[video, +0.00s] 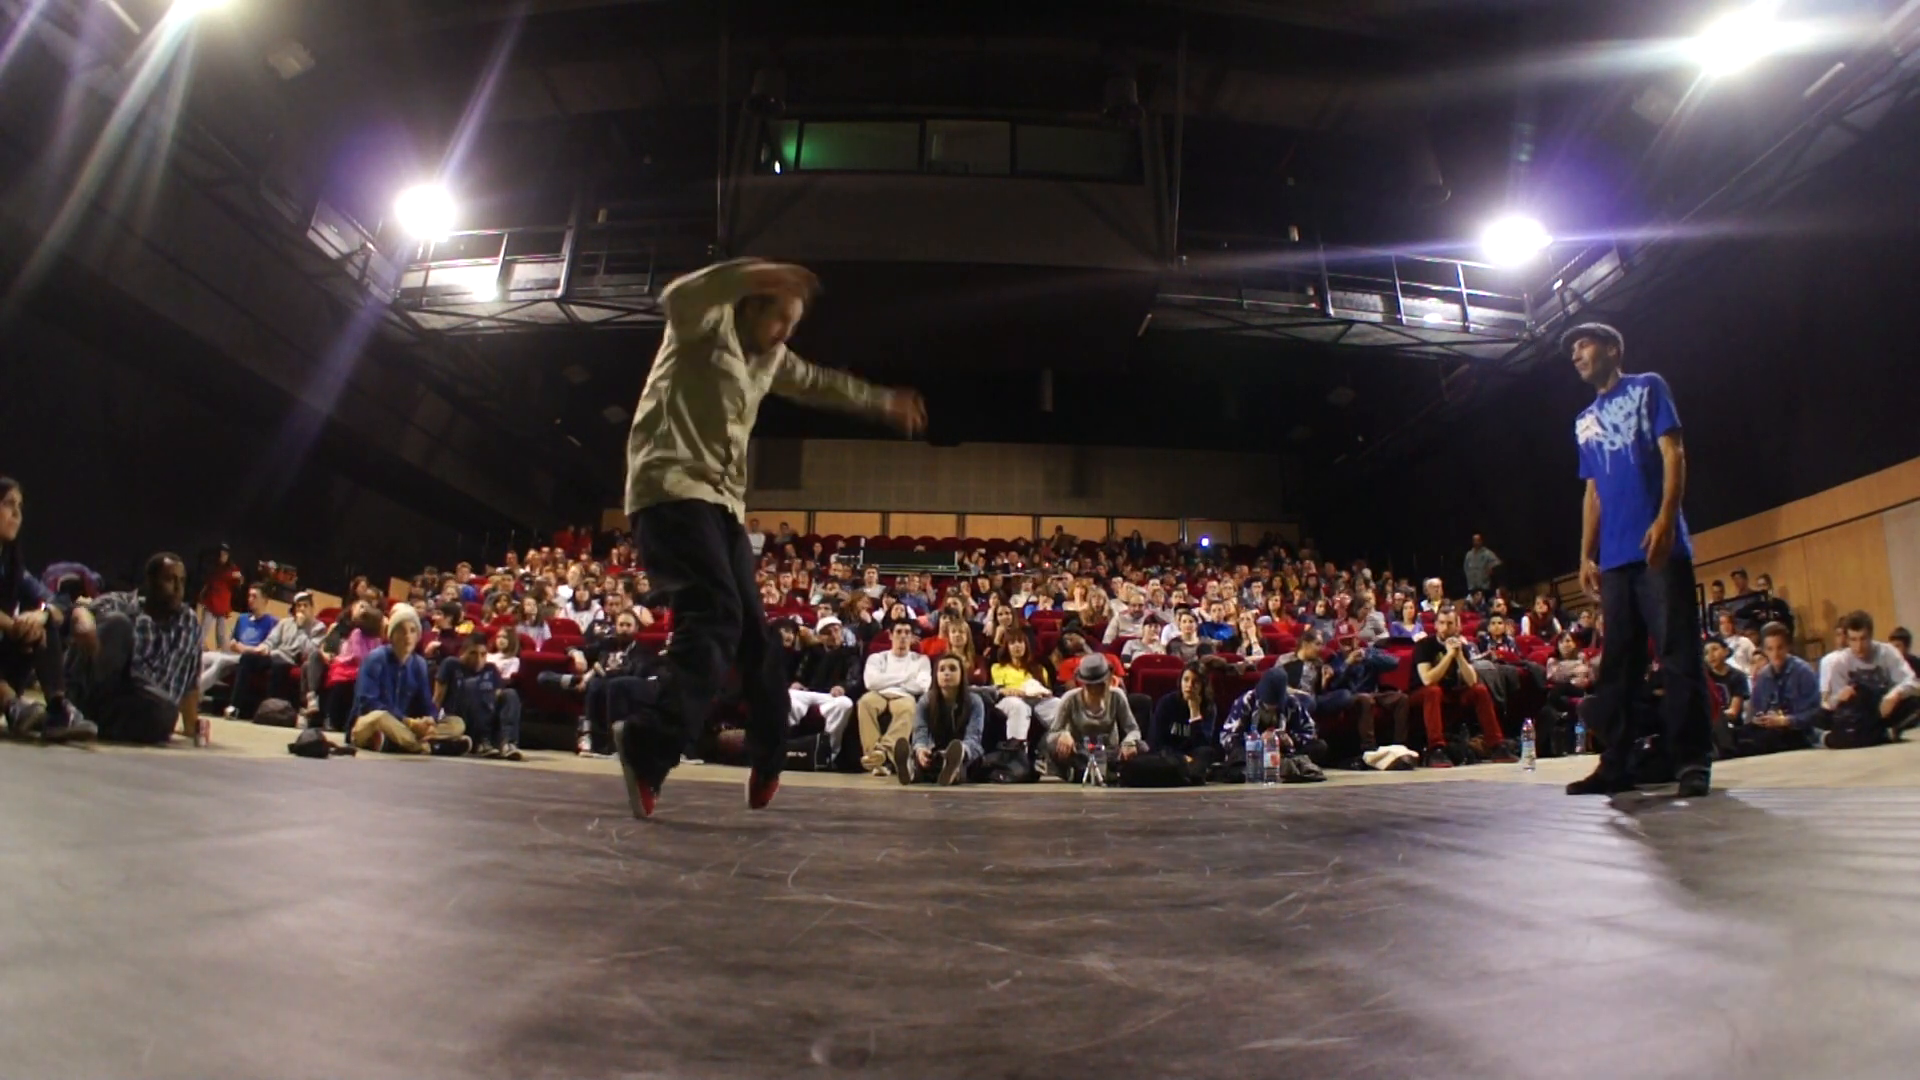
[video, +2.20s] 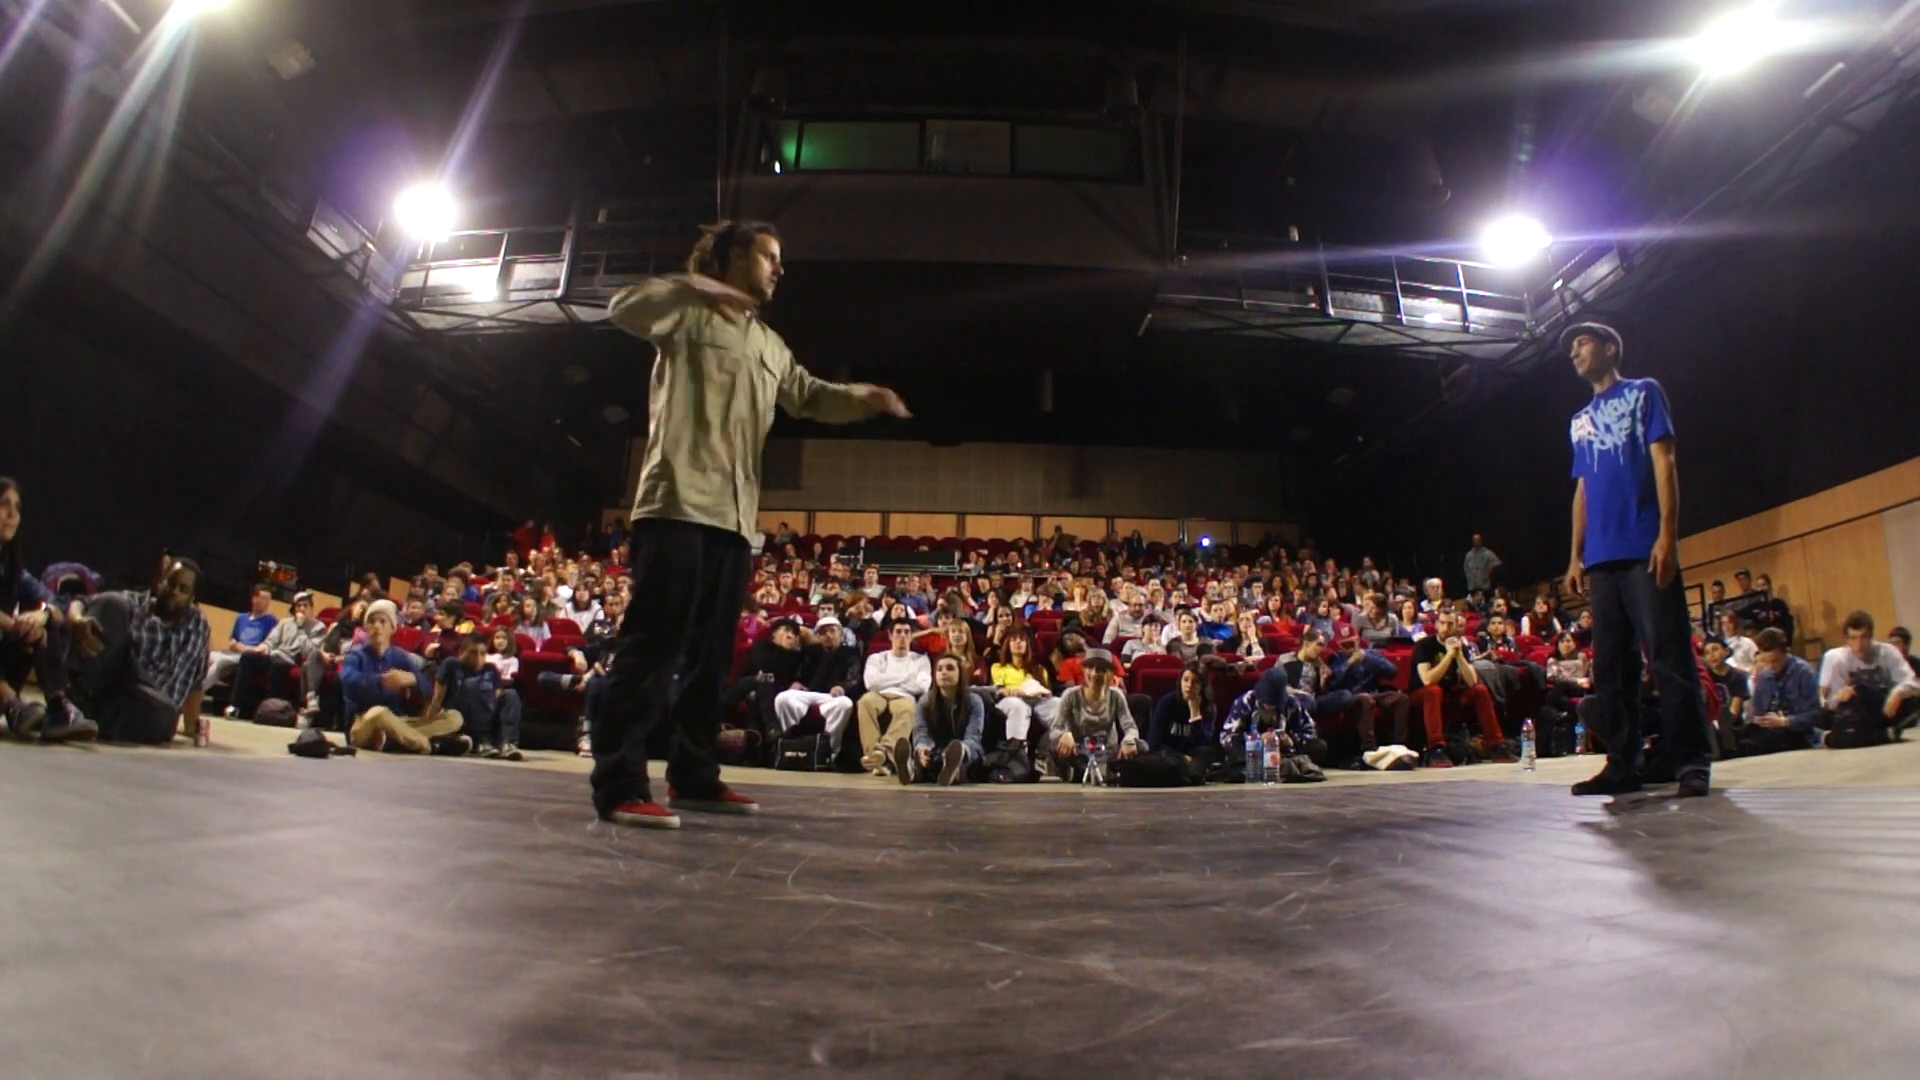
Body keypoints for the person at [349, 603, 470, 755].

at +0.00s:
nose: (408, 637)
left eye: (412, 631)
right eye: (401, 632)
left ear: (418, 635)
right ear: (391, 635)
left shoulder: (419, 664)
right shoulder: (375, 659)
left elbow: (427, 704)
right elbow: (367, 704)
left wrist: (430, 720)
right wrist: (407, 722)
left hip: (411, 725)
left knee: (457, 724)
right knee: (381, 717)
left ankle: (394, 744)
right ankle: (425, 748)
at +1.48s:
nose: (400, 637)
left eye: (407, 632)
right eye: (396, 630)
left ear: (417, 638)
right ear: (390, 634)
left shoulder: (420, 665)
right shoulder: (373, 660)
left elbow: (420, 707)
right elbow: (364, 704)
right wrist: (406, 700)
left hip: (410, 724)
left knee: (456, 724)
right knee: (379, 718)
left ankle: (393, 744)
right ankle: (428, 747)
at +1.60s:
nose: (398, 637)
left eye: (405, 633)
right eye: (394, 631)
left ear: (415, 639)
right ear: (388, 633)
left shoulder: (419, 664)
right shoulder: (372, 660)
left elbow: (426, 706)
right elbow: (367, 705)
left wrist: (428, 720)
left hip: (404, 724)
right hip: (366, 725)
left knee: (457, 724)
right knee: (380, 717)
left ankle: (393, 744)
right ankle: (428, 747)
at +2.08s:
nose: (381, 629)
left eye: (387, 624)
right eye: (376, 624)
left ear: (398, 630)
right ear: (371, 630)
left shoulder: (408, 661)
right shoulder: (359, 659)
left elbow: (427, 700)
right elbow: (354, 696)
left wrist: (419, 702)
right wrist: (385, 675)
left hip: (402, 723)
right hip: (364, 727)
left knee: (456, 723)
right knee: (379, 716)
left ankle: (393, 743)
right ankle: (430, 748)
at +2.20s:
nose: (377, 626)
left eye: (382, 621)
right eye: (372, 622)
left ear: (393, 628)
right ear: (366, 627)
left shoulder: (400, 657)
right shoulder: (356, 655)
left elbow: (427, 690)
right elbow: (349, 679)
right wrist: (384, 681)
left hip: (401, 720)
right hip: (364, 725)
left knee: (455, 717)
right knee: (379, 713)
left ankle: (395, 742)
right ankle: (429, 747)